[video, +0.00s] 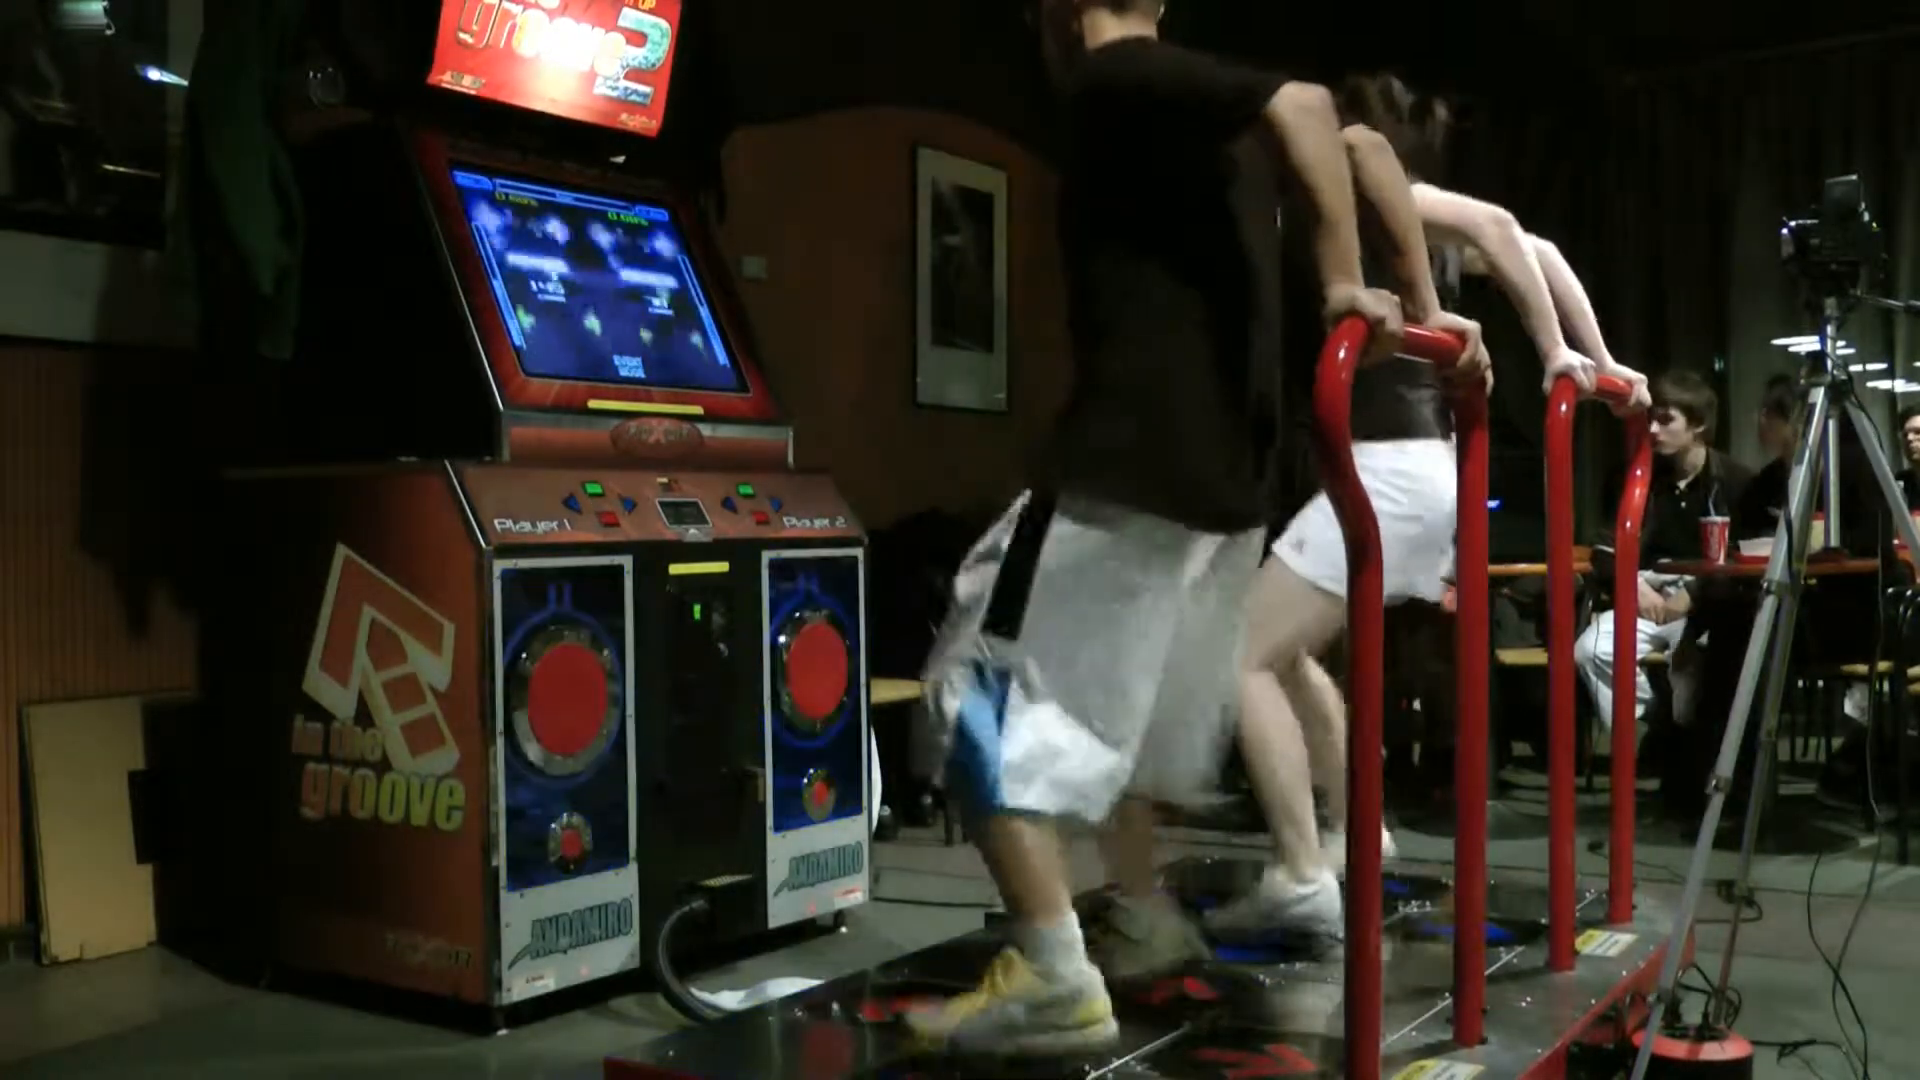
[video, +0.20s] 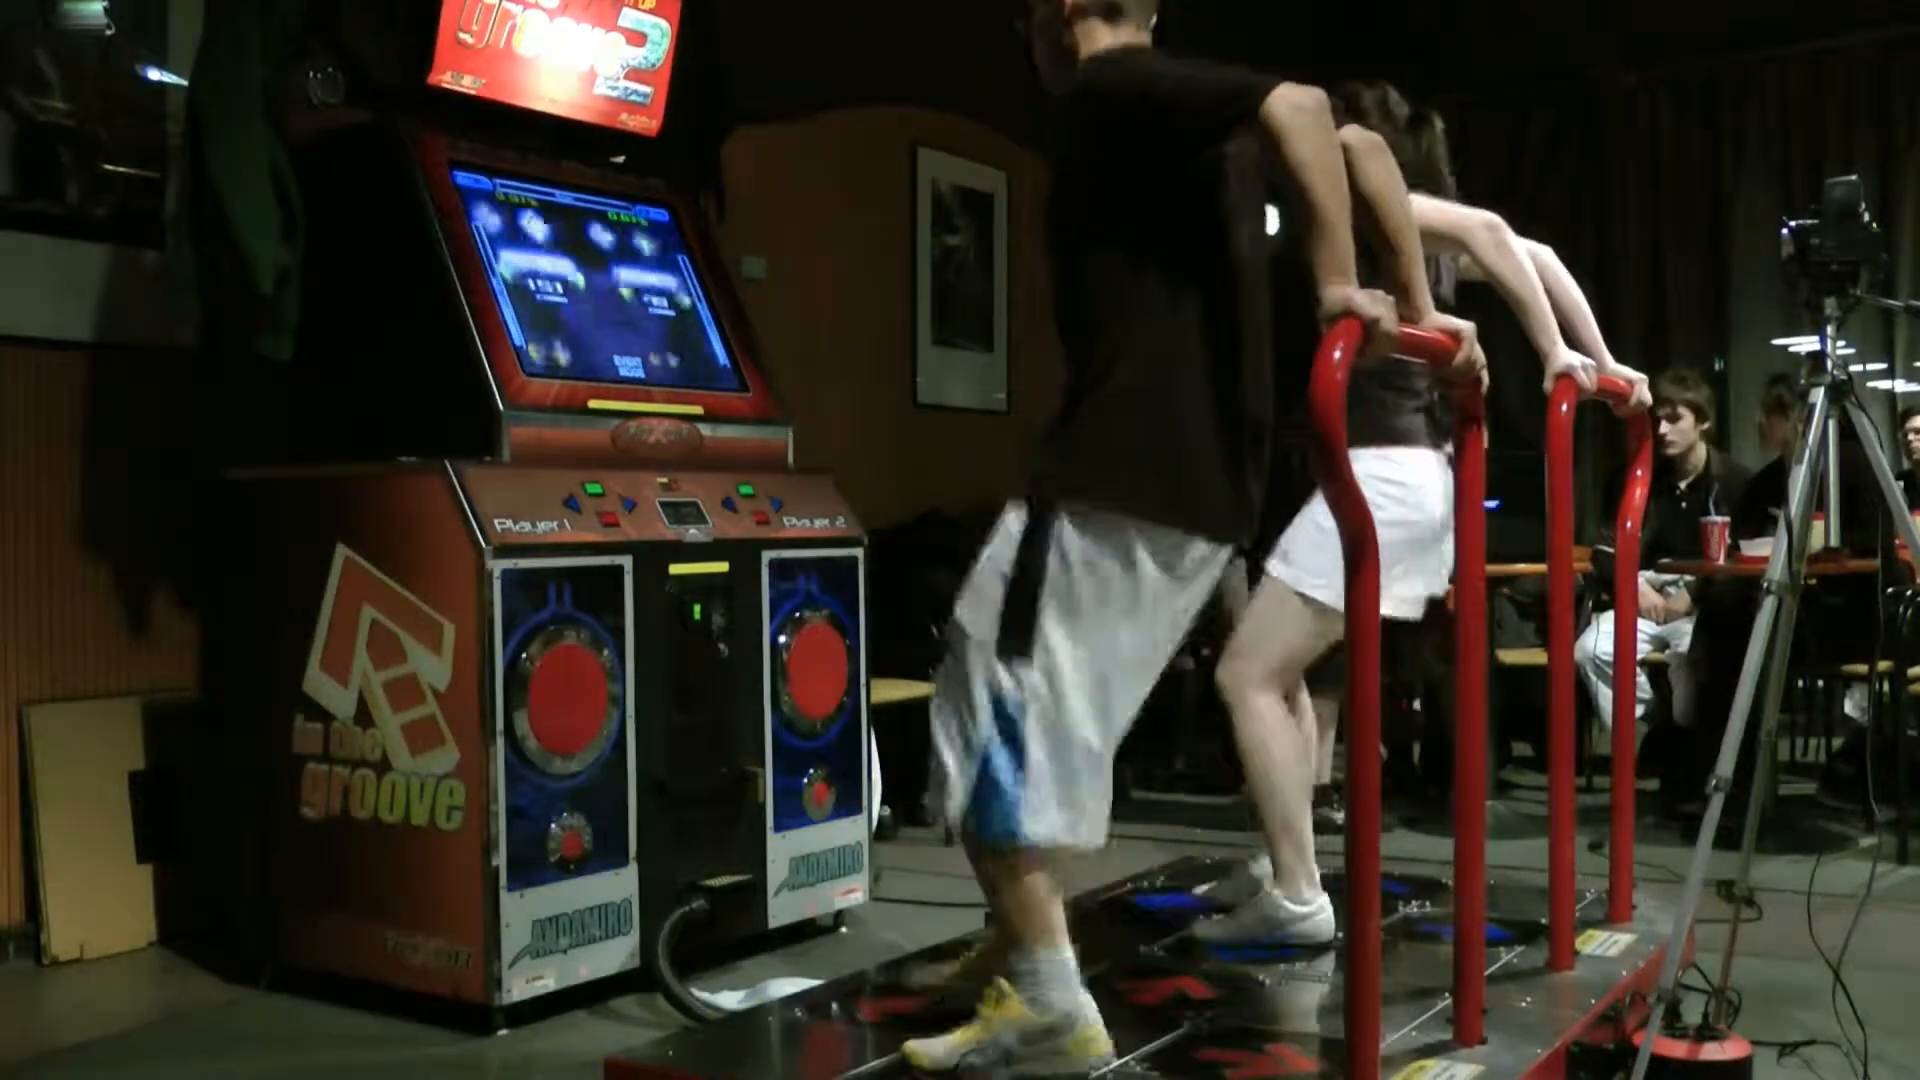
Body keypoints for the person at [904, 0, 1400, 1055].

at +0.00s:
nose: (1052, 37)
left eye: (1054, 22)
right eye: (1058, 24)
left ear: (1078, 14)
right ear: (1154, 15)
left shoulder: (1110, 79)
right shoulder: (1216, 87)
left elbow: (1297, 104)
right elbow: (1367, 142)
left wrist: (1344, 284)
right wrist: (1428, 313)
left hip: (1136, 451)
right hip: (1230, 460)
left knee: (975, 697)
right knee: (1122, 686)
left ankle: (1052, 969)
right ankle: (1143, 920)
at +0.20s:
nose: (1044, 41)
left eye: (1045, 26)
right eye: (1052, 28)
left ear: (1070, 20)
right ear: (1146, 22)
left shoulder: (1108, 85)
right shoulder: (1187, 94)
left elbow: (1291, 105)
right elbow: (1362, 142)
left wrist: (1340, 284)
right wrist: (1418, 307)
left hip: (1128, 462)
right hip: (1196, 470)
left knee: (978, 686)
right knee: (1032, 695)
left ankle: (1050, 998)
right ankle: (1010, 961)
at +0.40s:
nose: (1042, 44)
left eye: (1043, 28)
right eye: (1048, 30)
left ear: (1066, 22)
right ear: (1155, 29)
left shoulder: (1102, 96)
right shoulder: (1198, 107)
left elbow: (1282, 110)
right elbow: (1357, 146)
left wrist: (1341, 282)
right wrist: (1423, 316)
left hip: (1125, 478)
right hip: (1216, 487)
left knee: (978, 730)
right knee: (1114, 714)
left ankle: (1022, 1010)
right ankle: (1165, 942)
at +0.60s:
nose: (1061, 21)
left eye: (1066, 13)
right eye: (1067, 17)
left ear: (1092, 3)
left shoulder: (1126, 41)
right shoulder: (1257, 67)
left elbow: (1301, 93)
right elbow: (1363, 131)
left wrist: (1346, 281)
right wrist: (1411, 306)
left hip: (1119, 417)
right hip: (1231, 433)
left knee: (1014, 677)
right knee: (1157, 674)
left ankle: (1023, 967)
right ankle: (1157, 934)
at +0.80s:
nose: (1048, 34)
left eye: (1052, 18)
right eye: (1054, 20)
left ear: (1083, 13)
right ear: (1155, 11)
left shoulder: (1122, 73)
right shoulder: (1203, 78)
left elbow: (1305, 106)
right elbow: (1365, 139)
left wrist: (1347, 280)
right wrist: (1427, 312)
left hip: (1173, 445)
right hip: (1259, 449)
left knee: (1057, 706)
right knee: (1148, 703)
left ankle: (1070, 1005)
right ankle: (1189, 957)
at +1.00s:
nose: (1077, 39)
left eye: (1078, 27)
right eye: (1092, 28)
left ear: (1099, 24)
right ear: (1169, 28)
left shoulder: (1108, 99)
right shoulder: (1240, 111)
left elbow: (1295, 105)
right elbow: (1378, 138)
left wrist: (1348, 280)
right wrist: (1431, 304)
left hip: (1180, 470)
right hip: (1275, 478)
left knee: (1079, 733)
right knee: (1165, 734)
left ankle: (1162, 986)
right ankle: (1186, 969)